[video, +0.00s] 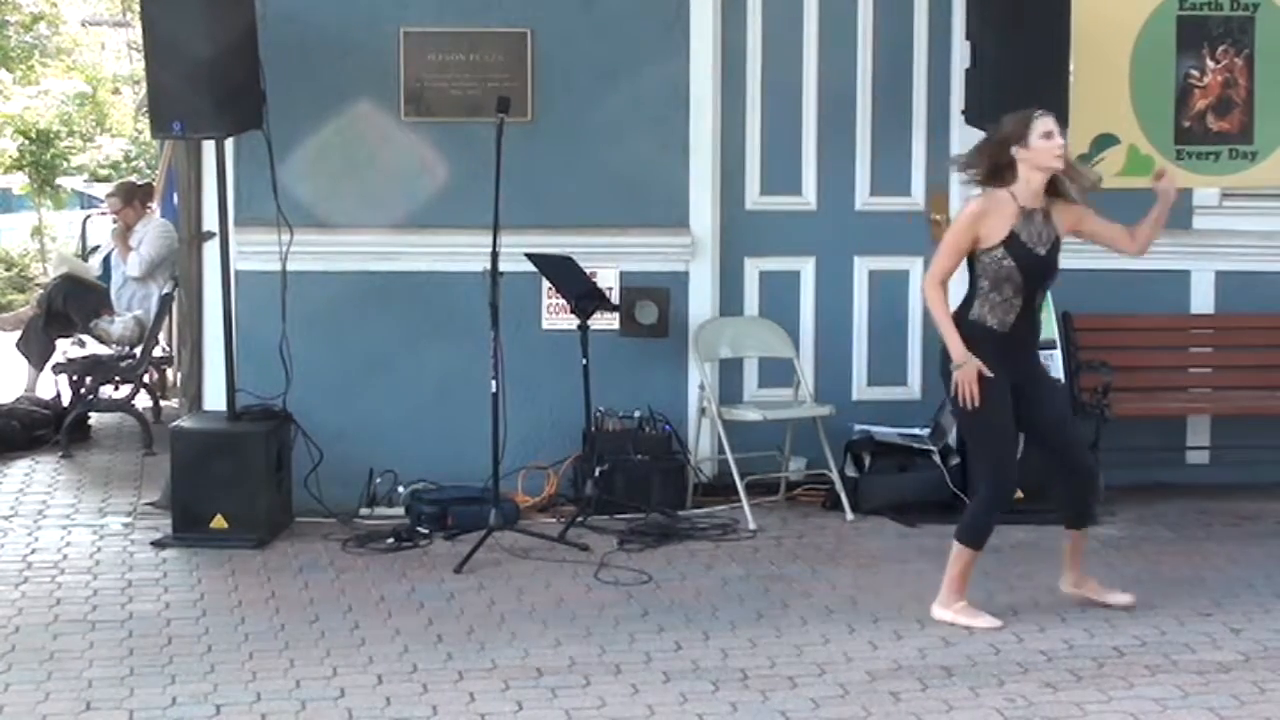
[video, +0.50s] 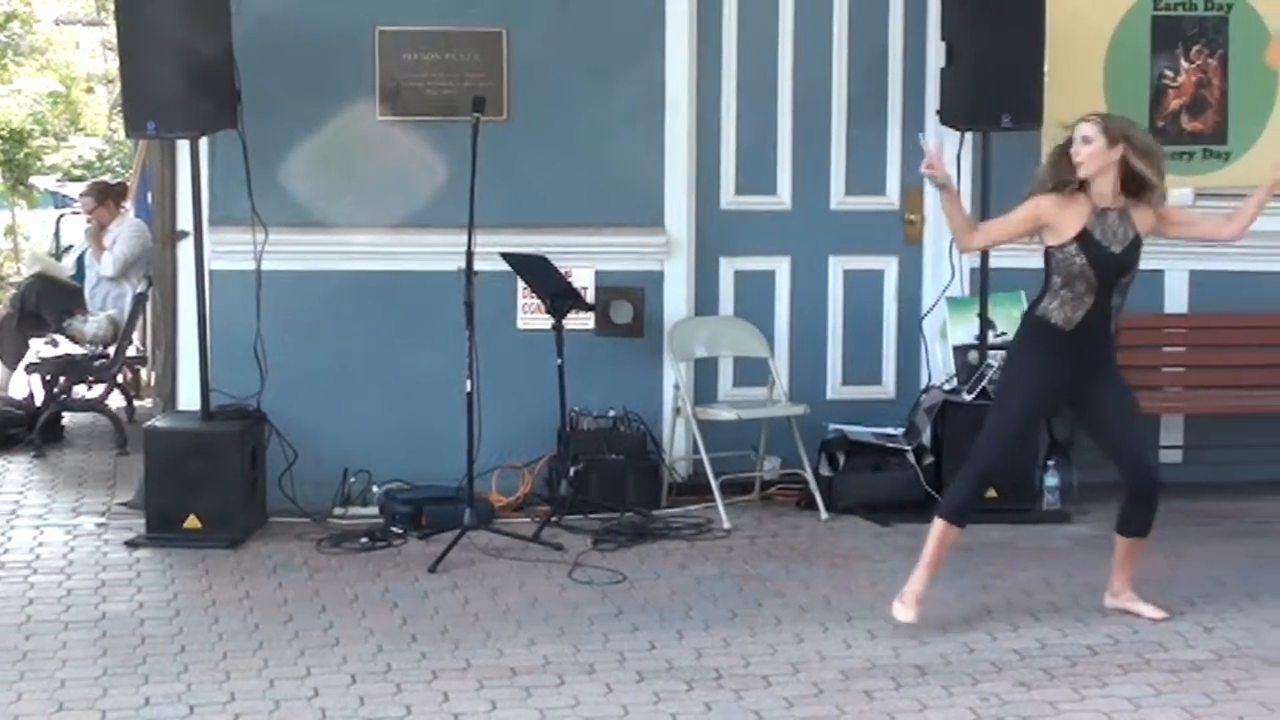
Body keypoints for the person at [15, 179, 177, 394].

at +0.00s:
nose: (115, 220)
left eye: (117, 213)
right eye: (112, 215)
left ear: (136, 206)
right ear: (133, 207)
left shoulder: (162, 230)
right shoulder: (123, 234)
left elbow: (138, 268)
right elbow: (94, 270)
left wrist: (121, 243)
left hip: (137, 320)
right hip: (114, 312)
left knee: (67, 285)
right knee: (42, 322)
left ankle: (33, 311)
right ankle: (29, 391)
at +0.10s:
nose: (115, 220)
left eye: (117, 213)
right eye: (112, 215)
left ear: (136, 206)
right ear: (133, 207)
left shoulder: (162, 230)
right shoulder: (123, 234)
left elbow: (138, 268)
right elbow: (94, 270)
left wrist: (121, 243)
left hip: (137, 321)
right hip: (114, 312)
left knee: (67, 285)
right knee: (42, 322)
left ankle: (33, 311)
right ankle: (29, 391)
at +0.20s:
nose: (115, 219)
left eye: (117, 213)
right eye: (112, 215)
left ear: (135, 205)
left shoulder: (161, 230)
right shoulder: (122, 234)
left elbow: (138, 268)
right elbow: (93, 270)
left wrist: (121, 243)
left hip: (137, 318)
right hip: (114, 311)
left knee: (66, 284)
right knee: (43, 321)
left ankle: (31, 312)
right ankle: (29, 390)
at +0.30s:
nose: (113, 218)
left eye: (116, 212)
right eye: (110, 214)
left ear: (134, 204)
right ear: (131, 205)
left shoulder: (160, 229)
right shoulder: (121, 233)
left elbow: (137, 267)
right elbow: (92, 268)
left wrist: (120, 242)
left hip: (136, 317)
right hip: (113, 309)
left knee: (65, 283)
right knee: (42, 320)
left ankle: (31, 309)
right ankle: (28, 388)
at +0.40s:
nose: (105, 219)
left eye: (107, 212)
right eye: (102, 214)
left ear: (125, 204)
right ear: (122, 206)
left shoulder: (150, 229)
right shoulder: (113, 233)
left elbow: (127, 268)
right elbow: (84, 269)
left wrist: (110, 242)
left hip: (127, 317)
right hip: (105, 309)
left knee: (55, 283)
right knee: (33, 320)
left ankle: (25, 310)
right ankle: (18, 388)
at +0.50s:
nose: (89, 220)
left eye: (92, 213)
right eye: (86, 215)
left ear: (110, 204)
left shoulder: (135, 230)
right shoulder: (98, 235)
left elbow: (112, 269)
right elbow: (68, 271)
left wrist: (94, 244)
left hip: (114, 317)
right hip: (91, 309)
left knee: (37, 286)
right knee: (14, 323)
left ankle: (16, 311)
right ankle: (8, 384)